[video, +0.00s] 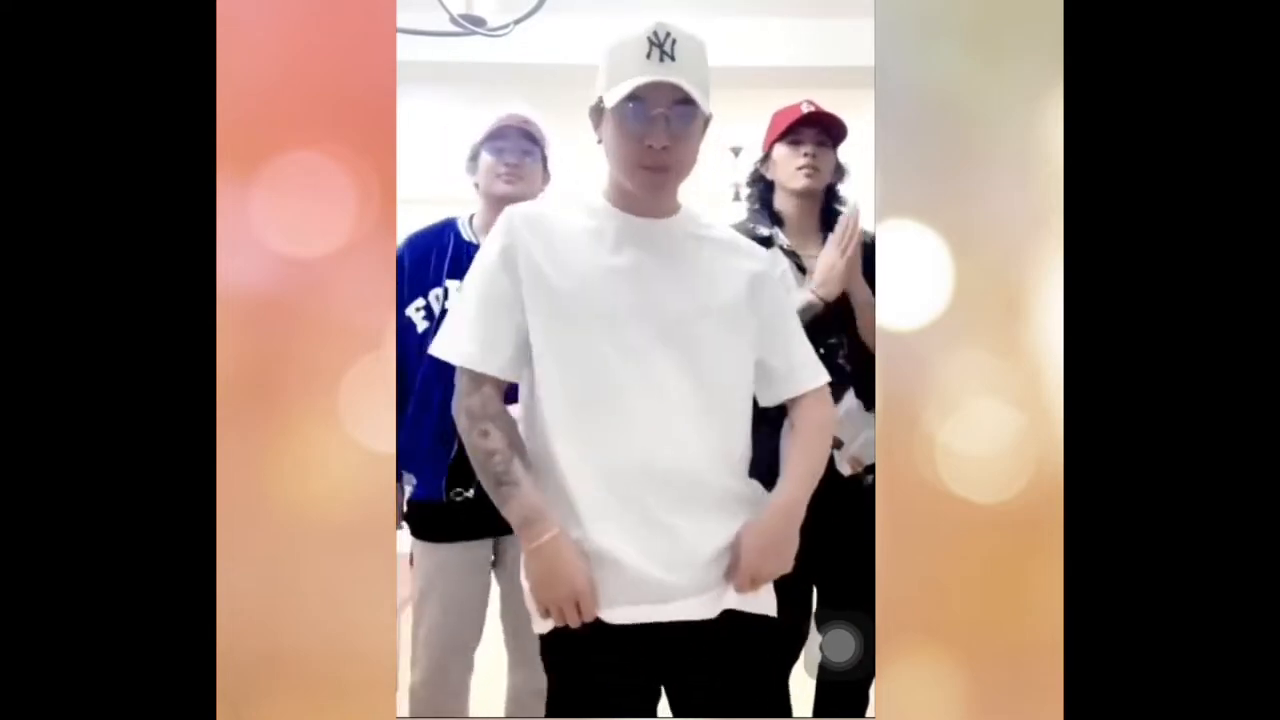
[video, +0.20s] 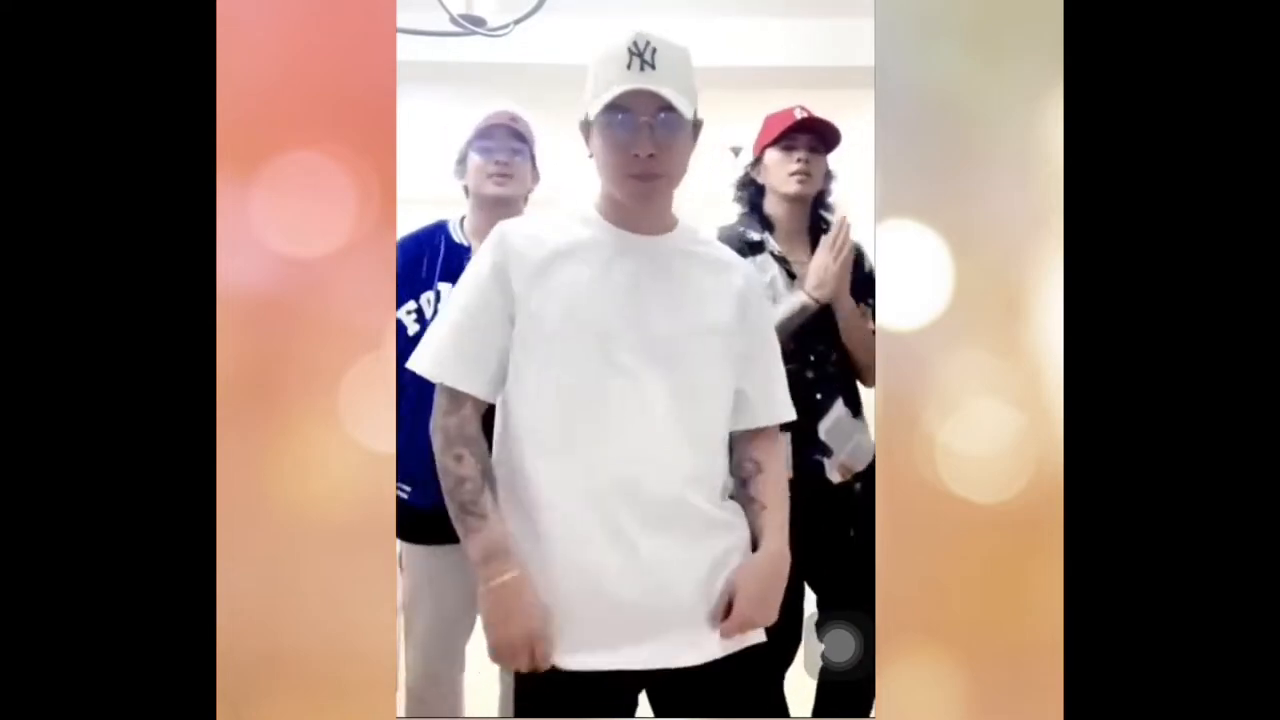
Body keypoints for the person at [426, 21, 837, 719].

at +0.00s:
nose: (658, 134)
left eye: (680, 113)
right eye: (637, 111)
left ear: (705, 131)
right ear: (598, 123)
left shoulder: (752, 266)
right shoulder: (529, 238)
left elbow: (813, 403)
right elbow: (476, 399)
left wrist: (783, 515)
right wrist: (540, 535)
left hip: (729, 610)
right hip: (593, 610)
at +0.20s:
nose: (645, 140)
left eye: (666, 118)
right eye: (622, 117)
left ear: (694, 140)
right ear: (588, 136)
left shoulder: (735, 280)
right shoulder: (520, 254)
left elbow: (759, 434)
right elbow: (454, 420)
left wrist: (773, 549)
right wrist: (499, 575)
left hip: (717, 634)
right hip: (567, 634)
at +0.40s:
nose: (622, 125)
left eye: (644, 105)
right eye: (602, 105)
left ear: (685, 119)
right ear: (578, 121)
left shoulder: (740, 262)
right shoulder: (518, 242)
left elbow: (757, 428)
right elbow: (478, 403)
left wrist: (769, 557)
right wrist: (506, 537)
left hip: (702, 621)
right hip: (556, 617)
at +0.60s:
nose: (622, 135)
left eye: (644, 114)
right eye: (602, 114)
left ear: (683, 128)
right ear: (576, 131)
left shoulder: (752, 258)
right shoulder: (537, 264)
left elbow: (795, 434)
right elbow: (497, 422)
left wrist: (778, 592)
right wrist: (504, 538)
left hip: (707, 645)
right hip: (560, 644)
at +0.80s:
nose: (634, 117)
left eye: (656, 96)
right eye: (613, 96)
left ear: (693, 115)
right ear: (586, 118)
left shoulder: (770, 234)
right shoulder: (545, 251)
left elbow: (850, 364)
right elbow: (518, 395)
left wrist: (802, 478)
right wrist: (525, 479)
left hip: (720, 616)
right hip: (577, 616)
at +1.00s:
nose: (650, 139)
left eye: (672, 117)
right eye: (627, 116)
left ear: (701, 137)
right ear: (594, 136)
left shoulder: (772, 266)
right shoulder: (543, 276)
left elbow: (844, 419)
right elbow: (503, 433)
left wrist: (820, 507)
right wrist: (531, 503)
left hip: (743, 654)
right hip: (587, 655)